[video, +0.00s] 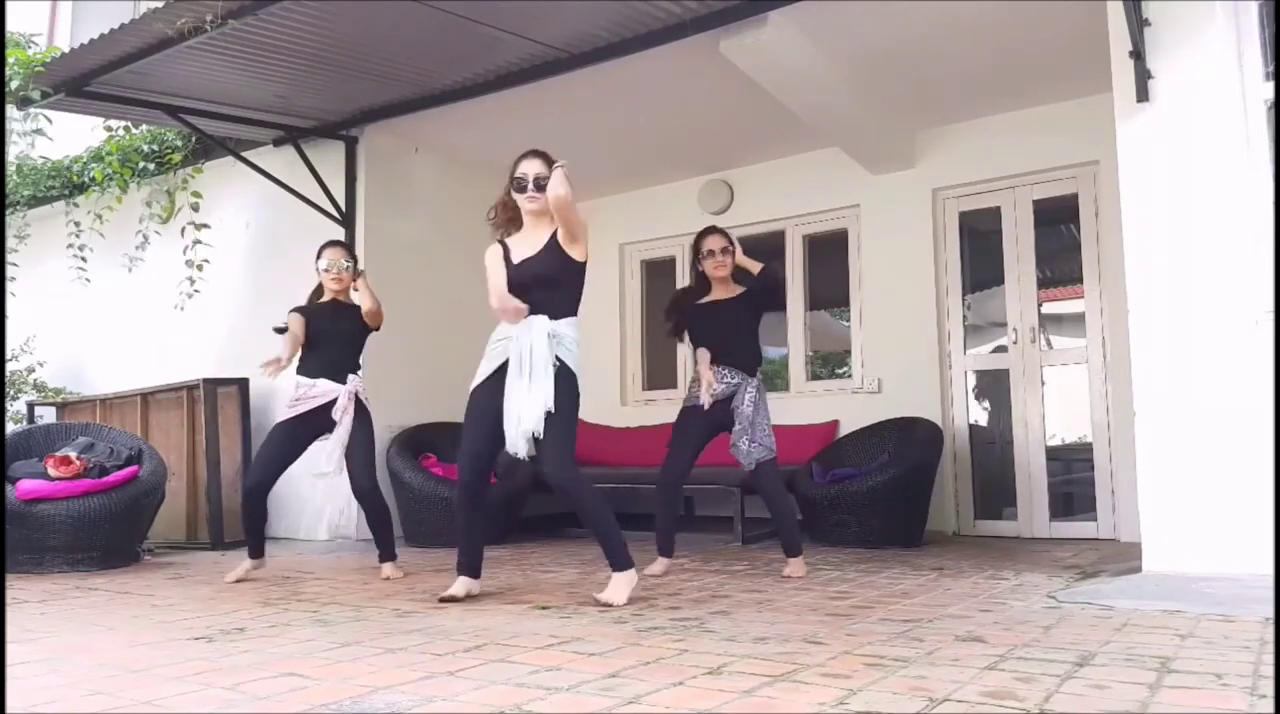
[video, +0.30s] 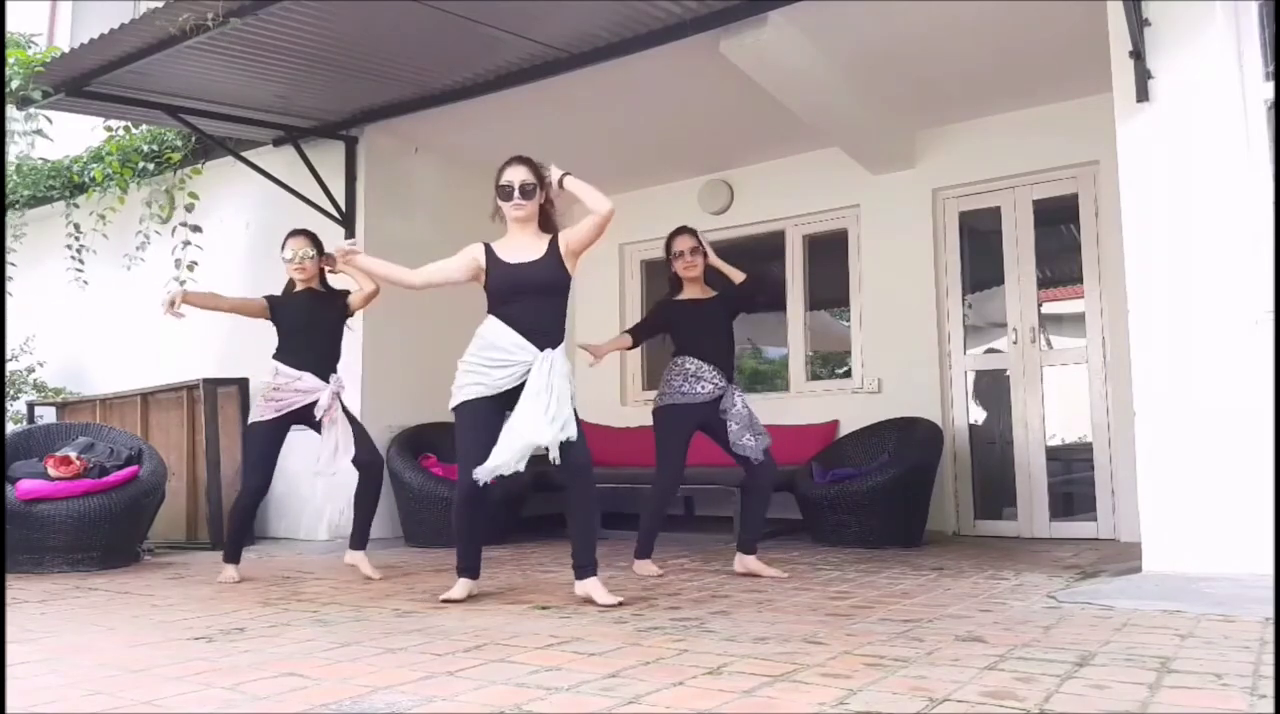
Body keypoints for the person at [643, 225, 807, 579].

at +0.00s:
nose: (718, 259)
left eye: (724, 252)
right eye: (709, 254)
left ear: (733, 258)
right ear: (699, 262)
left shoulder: (752, 294)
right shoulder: (693, 303)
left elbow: (779, 284)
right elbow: (699, 341)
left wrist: (743, 260)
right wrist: (703, 362)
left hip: (746, 392)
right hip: (706, 392)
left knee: (766, 477)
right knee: (670, 473)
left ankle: (795, 555)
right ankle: (664, 554)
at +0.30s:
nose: (688, 259)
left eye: (693, 252)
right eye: (679, 255)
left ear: (704, 255)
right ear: (672, 264)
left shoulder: (723, 297)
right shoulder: (669, 306)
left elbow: (755, 288)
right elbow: (637, 333)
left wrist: (716, 261)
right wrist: (604, 348)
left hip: (720, 401)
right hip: (678, 400)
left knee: (763, 468)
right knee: (668, 477)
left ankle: (747, 555)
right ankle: (642, 557)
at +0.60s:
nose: (705, 255)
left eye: (713, 249)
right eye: (698, 250)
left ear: (727, 254)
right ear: (691, 256)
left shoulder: (745, 299)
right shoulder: (682, 305)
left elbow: (778, 316)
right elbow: (670, 349)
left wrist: (766, 269)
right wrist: (670, 378)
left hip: (736, 393)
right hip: (693, 392)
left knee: (755, 479)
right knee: (661, 474)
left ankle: (788, 556)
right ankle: (666, 551)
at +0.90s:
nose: (701, 247)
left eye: (710, 241)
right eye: (694, 241)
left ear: (722, 248)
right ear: (687, 250)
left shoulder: (738, 288)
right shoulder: (689, 300)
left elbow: (785, 328)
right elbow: (653, 331)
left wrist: (840, 354)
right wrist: (665, 286)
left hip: (728, 387)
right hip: (694, 388)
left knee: (742, 474)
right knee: (663, 471)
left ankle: (799, 551)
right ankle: (678, 556)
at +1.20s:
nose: (721, 245)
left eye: (729, 239)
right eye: (714, 242)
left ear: (742, 246)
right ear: (707, 253)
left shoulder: (764, 293)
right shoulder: (702, 300)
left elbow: (781, 349)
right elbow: (677, 349)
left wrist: (797, 401)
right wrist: (673, 385)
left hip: (751, 393)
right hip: (706, 394)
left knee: (769, 474)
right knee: (681, 474)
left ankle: (786, 557)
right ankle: (678, 557)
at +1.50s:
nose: (727, 235)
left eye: (733, 229)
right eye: (718, 231)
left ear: (745, 236)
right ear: (710, 242)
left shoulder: (766, 289)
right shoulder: (700, 290)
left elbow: (767, 347)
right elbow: (690, 346)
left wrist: (781, 392)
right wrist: (676, 398)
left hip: (750, 389)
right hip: (702, 389)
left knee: (768, 472)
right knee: (688, 474)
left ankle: (785, 555)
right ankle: (678, 557)